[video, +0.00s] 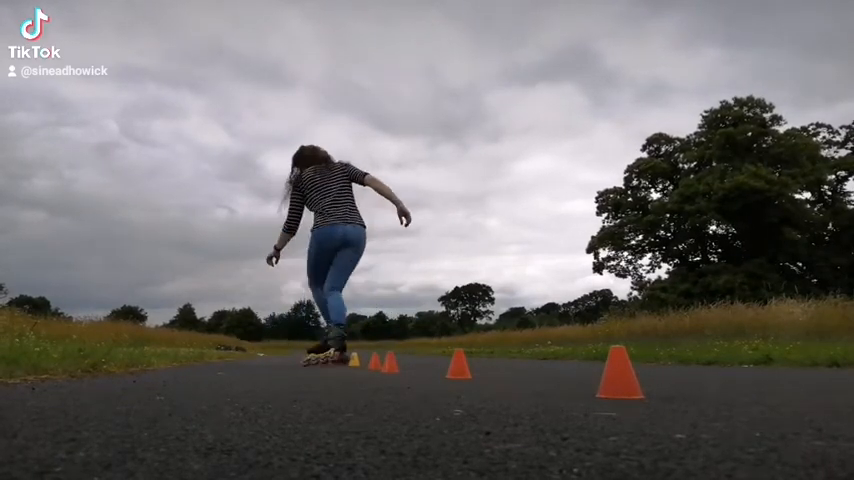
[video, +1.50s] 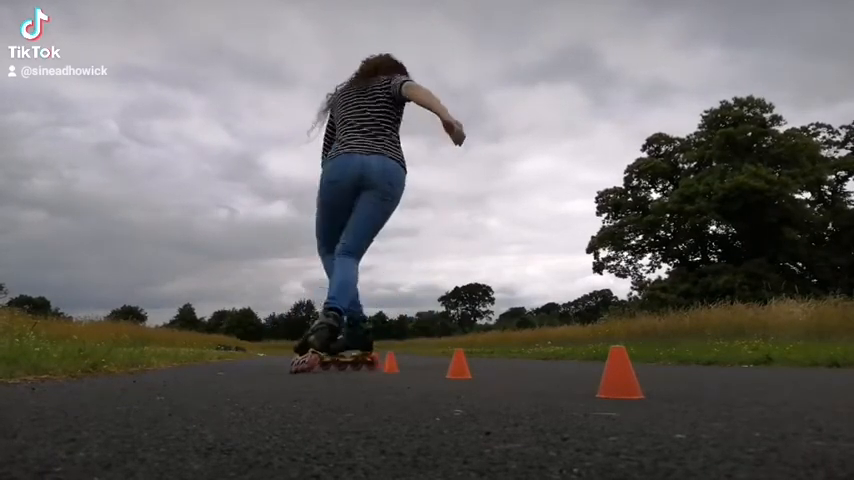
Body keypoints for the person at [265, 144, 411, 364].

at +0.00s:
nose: (296, 172)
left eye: (296, 168)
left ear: (299, 165)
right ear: (323, 156)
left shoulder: (300, 181)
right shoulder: (341, 167)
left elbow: (292, 222)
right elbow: (371, 180)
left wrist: (277, 248)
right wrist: (399, 203)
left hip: (326, 231)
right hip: (356, 230)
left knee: (317, 286)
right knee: (334, 288)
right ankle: (337, 336)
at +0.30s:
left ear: (334, 153)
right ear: (358, 145)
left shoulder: (331, 170)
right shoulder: (373, 156)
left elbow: (330, 209)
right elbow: (403, 171)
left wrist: (322, 245)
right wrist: (433, 196)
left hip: (354, 226)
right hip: (384, 218)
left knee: (372, 285)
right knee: (401, 278)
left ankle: (396, 337)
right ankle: (433, 320)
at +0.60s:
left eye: (344, 145)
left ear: (347, 142)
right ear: (373, 135)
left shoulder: (346, 157)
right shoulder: (391, 148)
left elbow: (344, 198)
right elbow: (432, 172)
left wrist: (332, 237)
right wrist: (454, 202)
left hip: (373, 219)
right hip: (407, 213)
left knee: (405, 280)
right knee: (409, 280)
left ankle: (435, 334)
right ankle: (404, 341)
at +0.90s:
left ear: (339, 125)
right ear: (368, 125)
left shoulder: (332, 138)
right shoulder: (381, 138)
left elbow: (322, 180)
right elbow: (423, 176)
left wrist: (305, 218)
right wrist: (428, 206)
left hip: (350, 199)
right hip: (387, 198)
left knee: (370, 268)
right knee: (366, 269)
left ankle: (391, 315)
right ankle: (343, 328)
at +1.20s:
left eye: (325, 106)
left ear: (328, 101)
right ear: (359, 102)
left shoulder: (319, 116)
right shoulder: (374, 117)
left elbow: (291, 158)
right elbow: (423, 144)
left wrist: (256, 196)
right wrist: (451, 180)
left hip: (339, 180)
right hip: (379, 189)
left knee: (295, 253)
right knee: (339, 265)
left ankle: (256, 309)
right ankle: (308, 326)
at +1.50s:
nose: (402, 81)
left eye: (402, 76)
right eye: (401, 77)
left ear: (364, 71)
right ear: (393, 72)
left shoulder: (341, 93)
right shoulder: (392, 79)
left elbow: (329, 141)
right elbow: (414, 91)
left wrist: (327, 177)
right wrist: (446, 116)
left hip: (342, 163)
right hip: (387, 166)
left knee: (329, 249)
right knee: (349, 252)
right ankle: (331, 318)